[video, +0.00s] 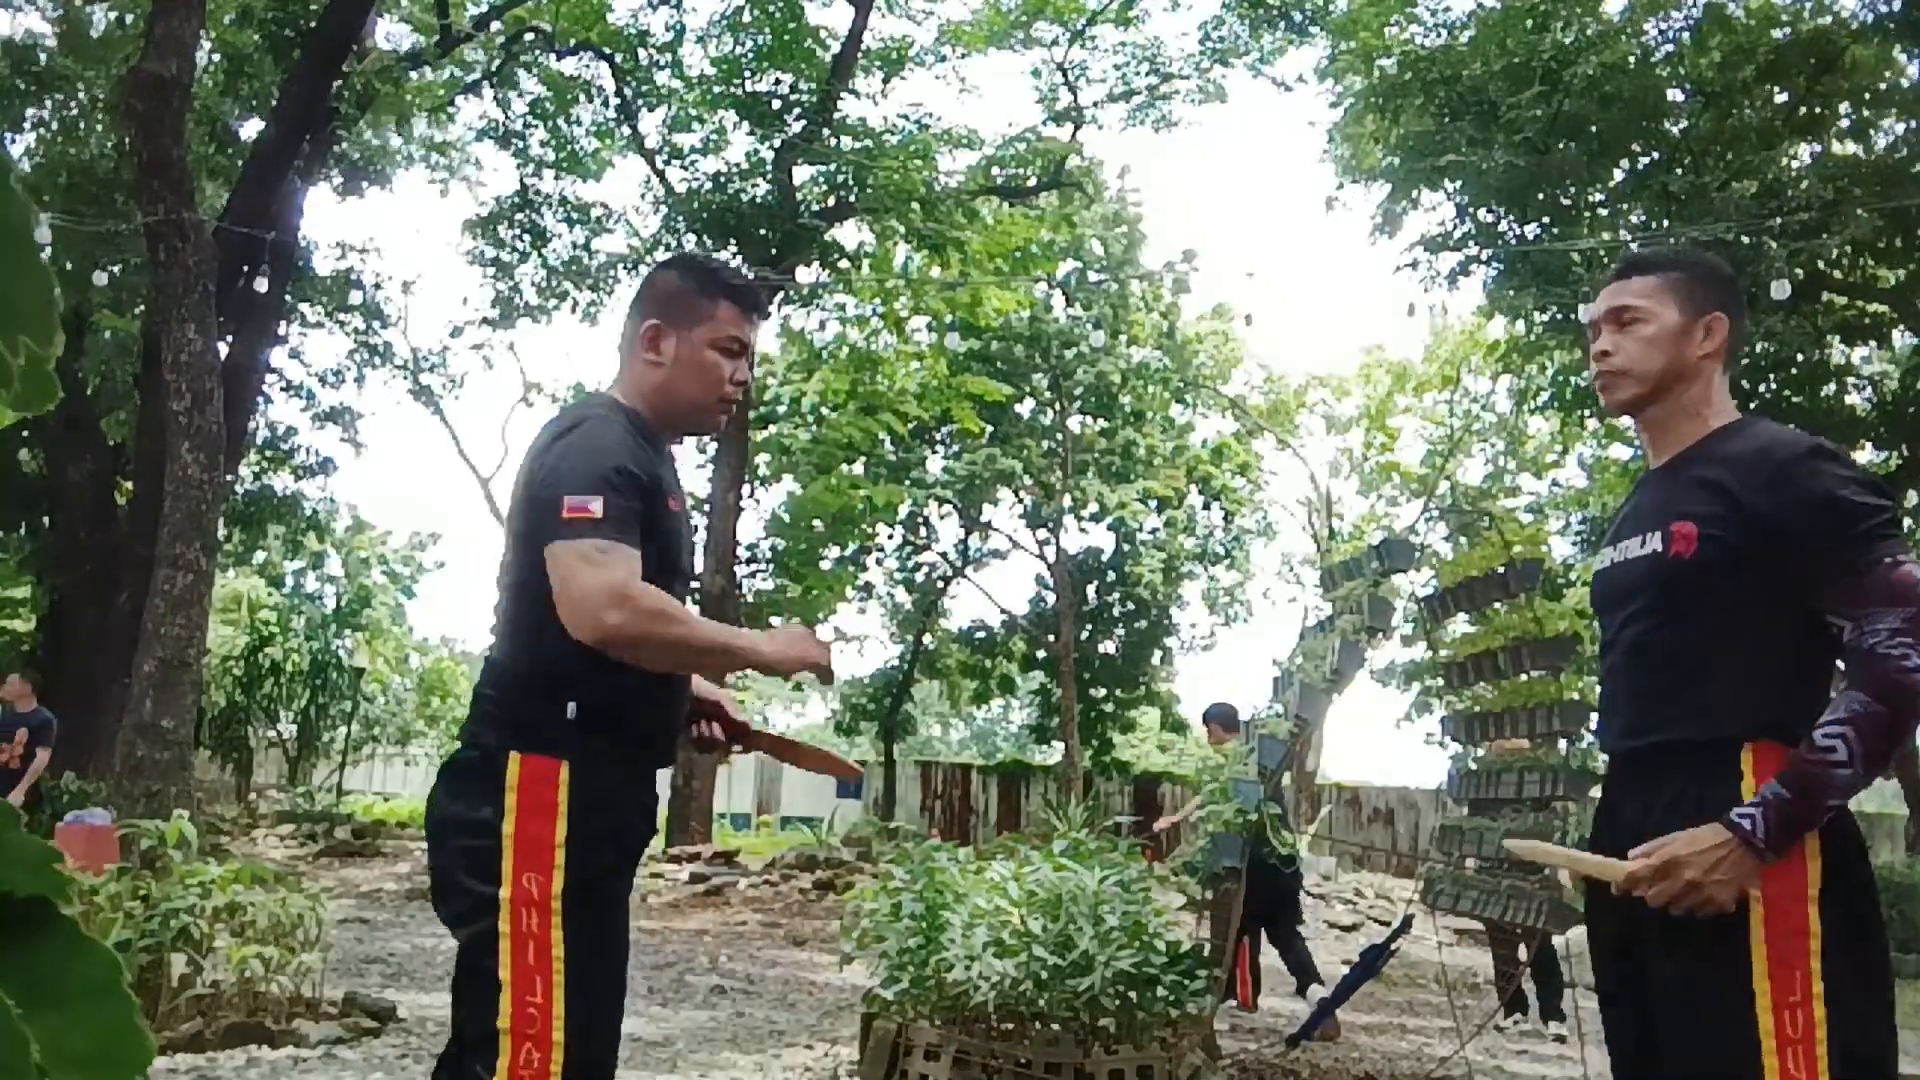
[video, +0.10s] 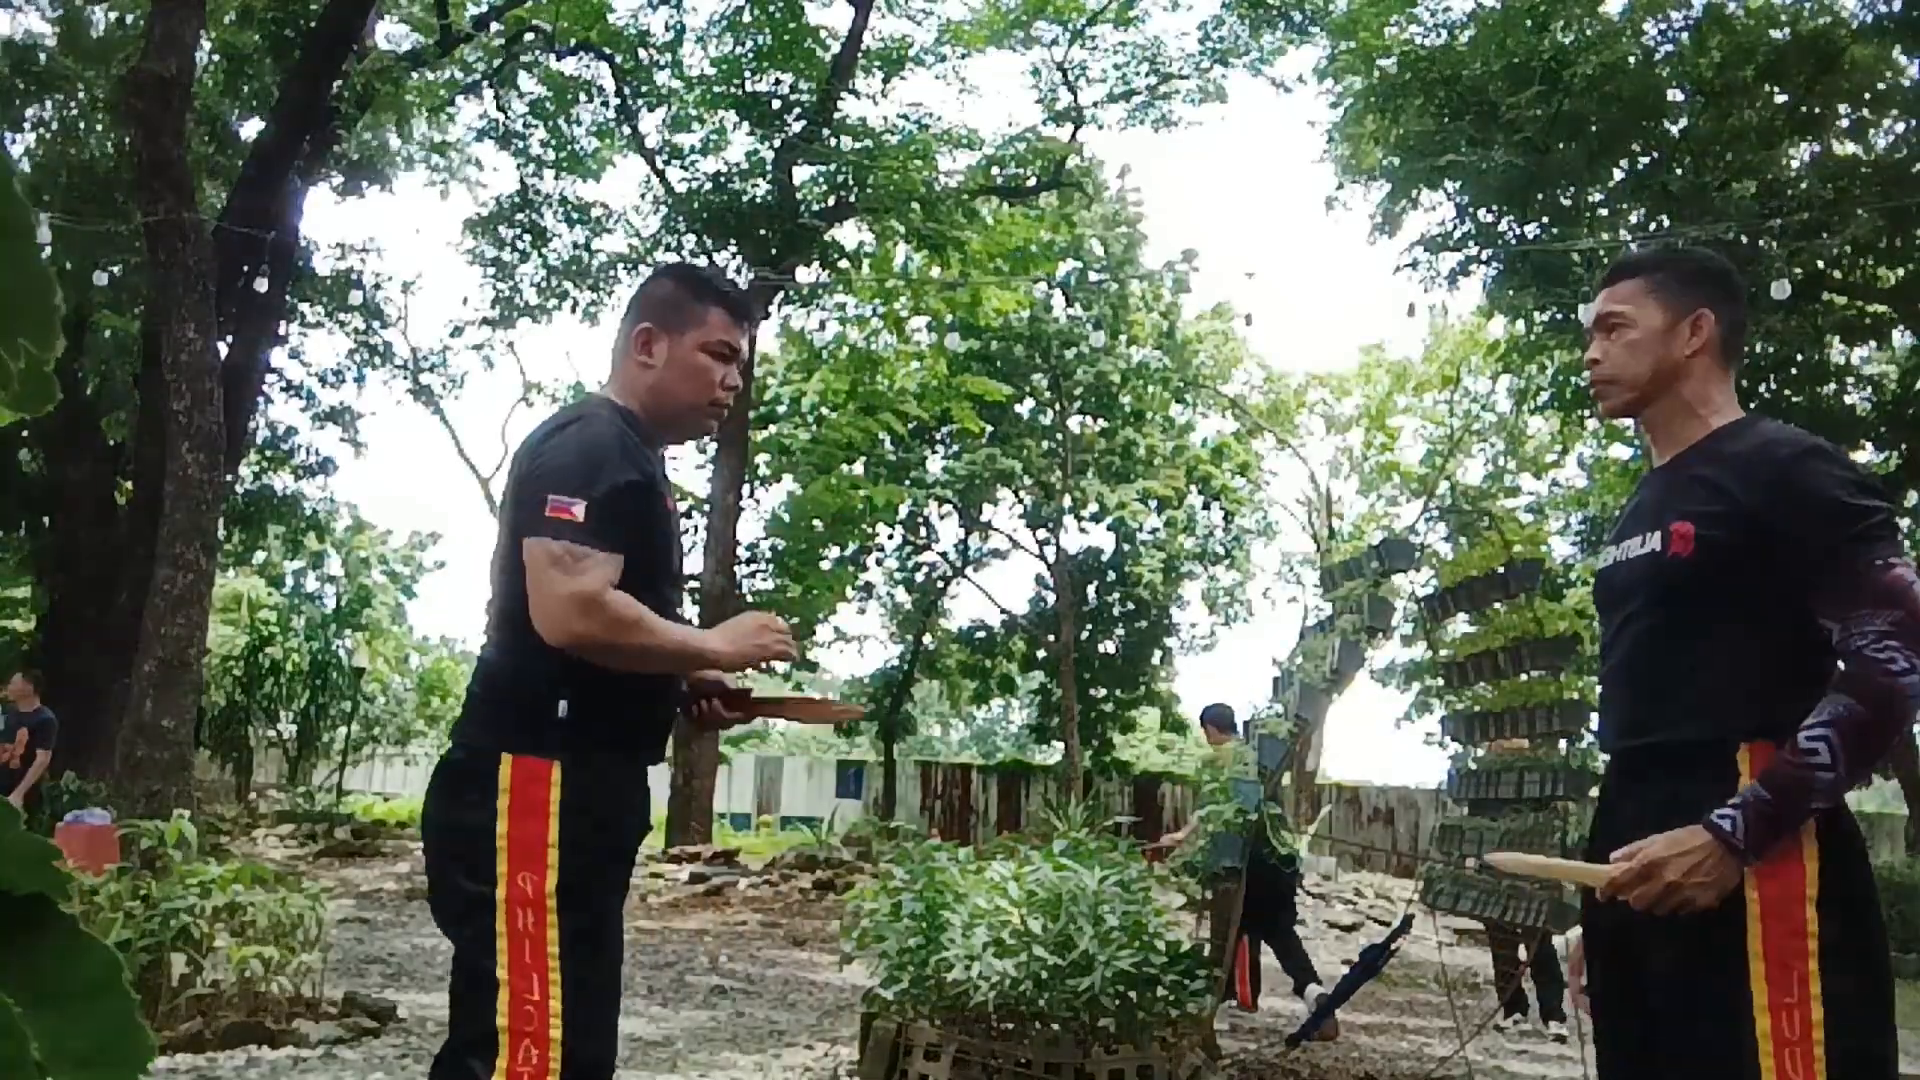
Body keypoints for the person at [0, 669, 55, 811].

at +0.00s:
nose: (5, 687)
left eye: (11, 684)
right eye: (6, 683)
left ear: (29, 689)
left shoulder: (45, 720)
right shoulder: (6, 715)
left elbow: (42, 758)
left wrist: (19, 791)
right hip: (4, 786)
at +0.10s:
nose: (8, 687)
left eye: (13, 683)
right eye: (10, 683)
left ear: (29, 689)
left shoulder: (45, 719)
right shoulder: (11, 715)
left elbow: (43, 760)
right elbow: (6, 748)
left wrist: (18, 793)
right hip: (6, 784)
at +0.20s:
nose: (7, 687)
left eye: (12, 683)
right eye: (8, 683)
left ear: (29, 689)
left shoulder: (44, 720)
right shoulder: (11, 714)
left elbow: (39, 761)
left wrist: (20, 795)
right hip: (6, 784)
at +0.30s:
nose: (4, 686)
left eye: (10, 682)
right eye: (6, 681)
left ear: (26, 688)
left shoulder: (40, 718)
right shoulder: (13, 714)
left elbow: (36, 759)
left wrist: (21, 796)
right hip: (6, 786)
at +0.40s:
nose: (1, 685)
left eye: (7, 681)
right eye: (3, 681)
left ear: (21, 687)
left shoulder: (34, 719)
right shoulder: (9, 717)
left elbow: (32, 764)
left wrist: (20, 797)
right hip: (5, 789)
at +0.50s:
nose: (0, 682)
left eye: (5, 677)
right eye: (2, 677)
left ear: (17, 684)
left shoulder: (28, 718)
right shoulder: (4, 714)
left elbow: (28, 760)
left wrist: (18, 793)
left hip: (8, 789)